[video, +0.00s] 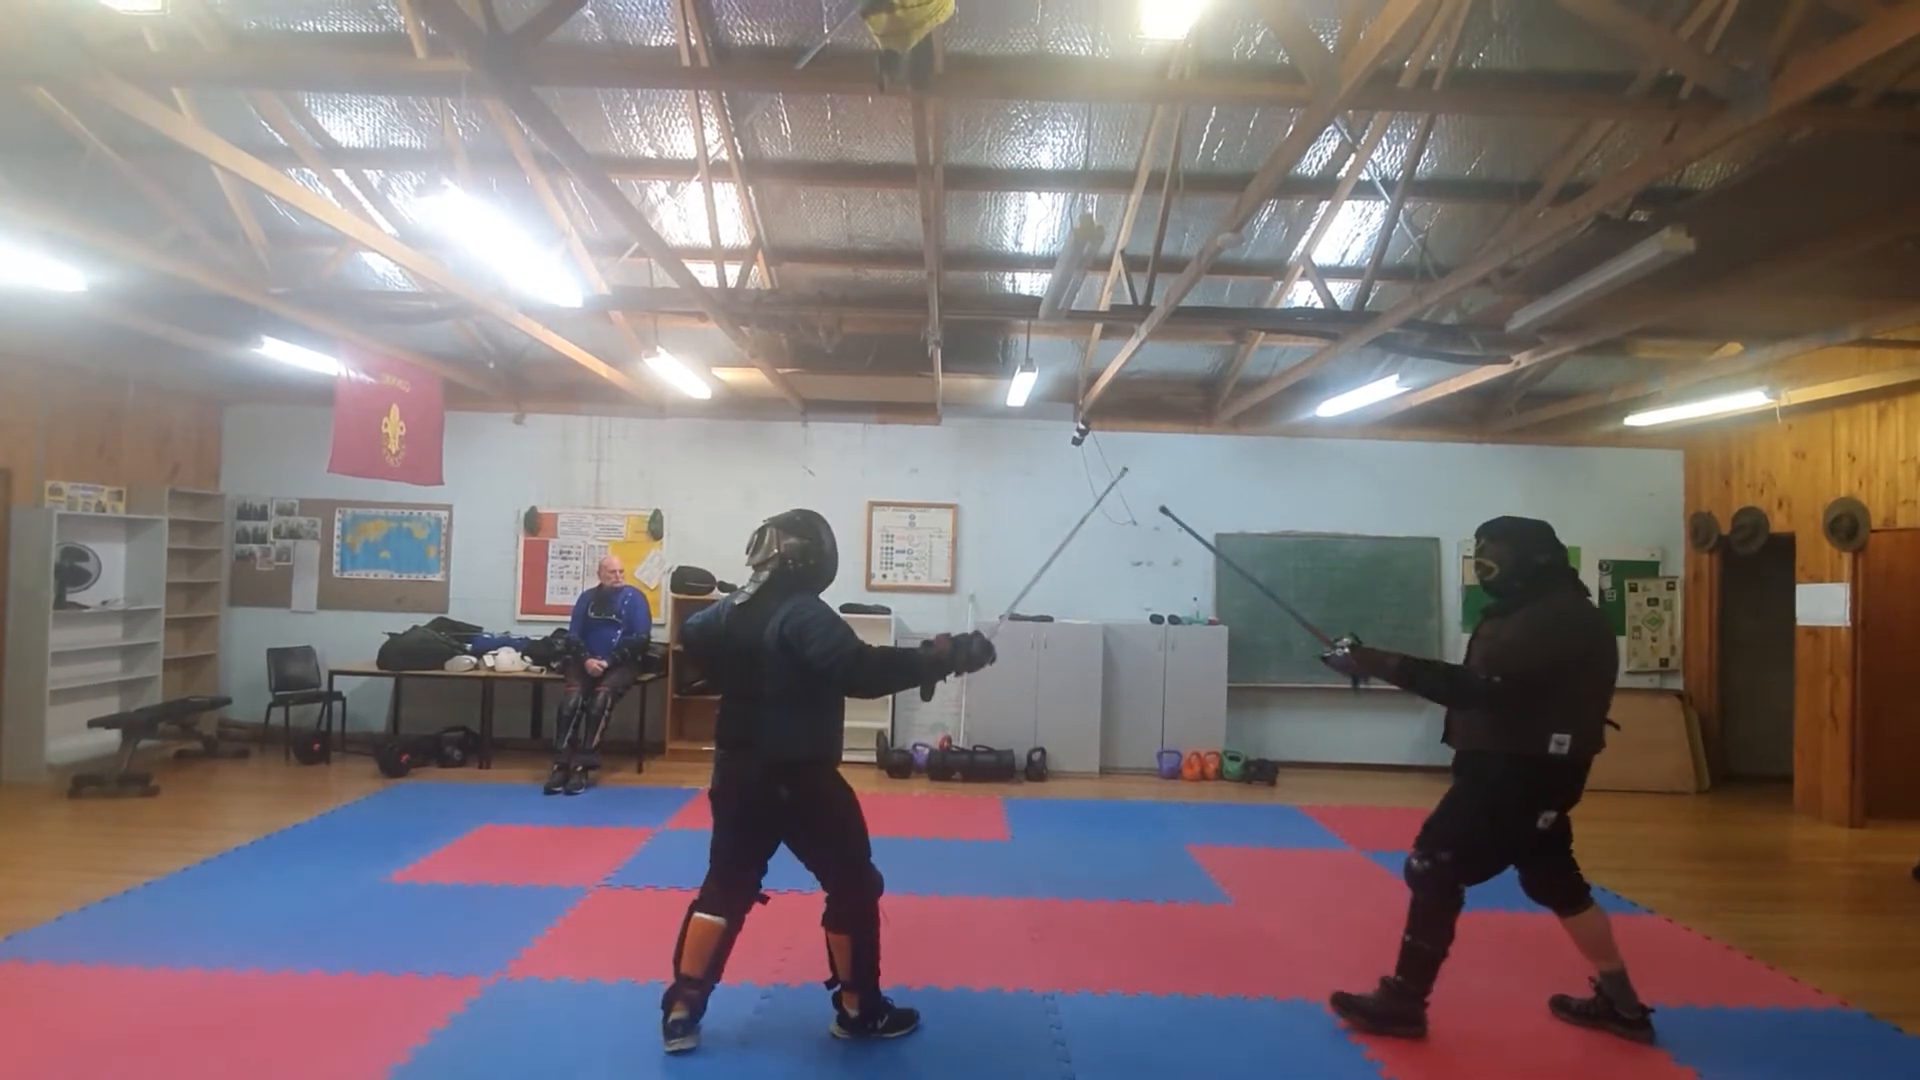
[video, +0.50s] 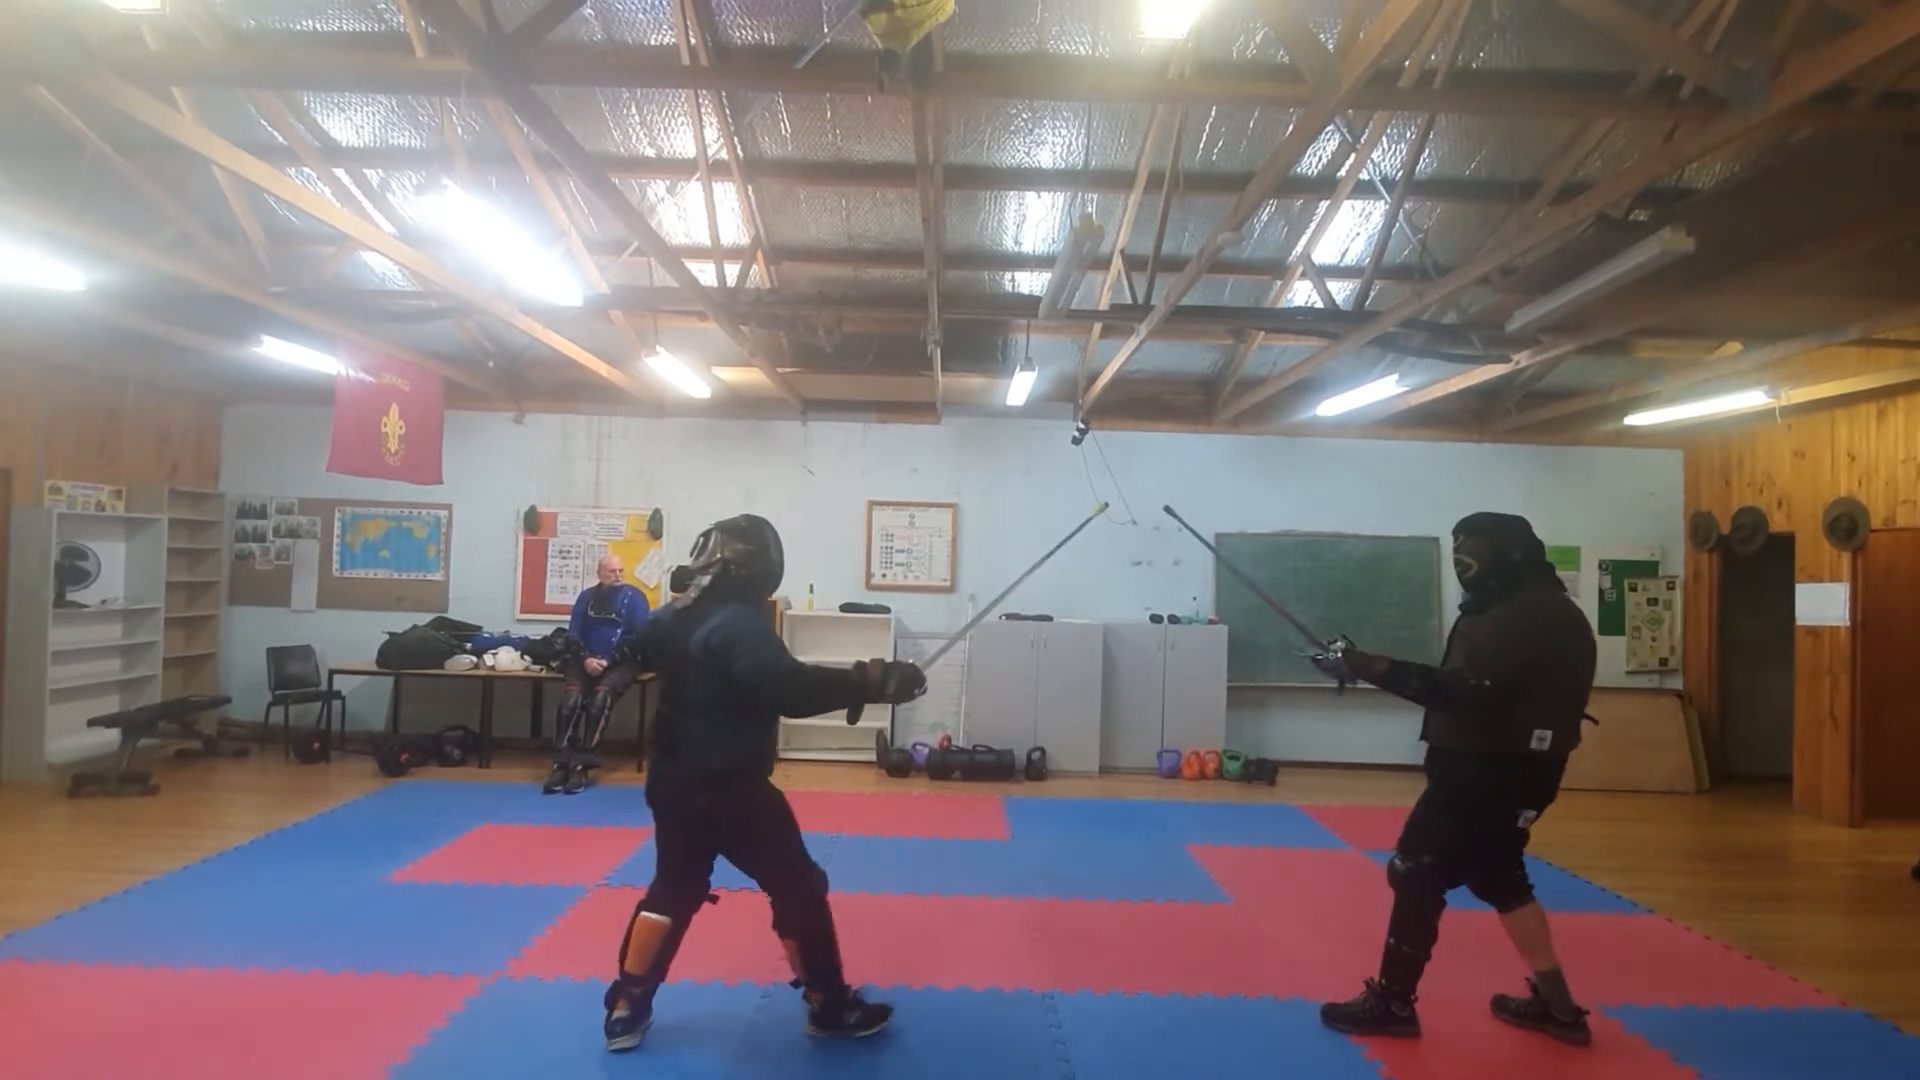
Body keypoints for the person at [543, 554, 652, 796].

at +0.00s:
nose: (618, 577)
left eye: (621, 572)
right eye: (612, 572)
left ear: (624, 573)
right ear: (599, 574)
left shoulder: (634, 598)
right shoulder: (587, 597)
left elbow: (640, 639)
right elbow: (573, 636)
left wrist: (608, 661)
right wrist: (585, 659)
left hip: (619, 663)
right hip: (585, 660)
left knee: (601, 696)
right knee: (572, 697)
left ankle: (581, 768)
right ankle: (560, 766)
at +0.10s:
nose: (618, 577)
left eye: (621, 572)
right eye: (612, 572)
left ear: (624, 573)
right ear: (599, 573)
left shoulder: (634, 597)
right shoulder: (586, 597)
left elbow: (640, 639)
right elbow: (573, 636)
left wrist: (607, 661)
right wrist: (585, 659)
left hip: (619, 663)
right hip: (585, 660)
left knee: (601, 696)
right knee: (572, 696)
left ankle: (581, 768)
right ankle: (560, 766)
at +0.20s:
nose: (618, 577)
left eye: (621, 572)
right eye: (612, 572)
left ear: (624, 573)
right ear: (599, 573)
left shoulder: (634, 598)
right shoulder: (586, 597)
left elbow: (639, 639)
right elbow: (573, 636)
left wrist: (608, 661)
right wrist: (585, 659)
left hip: (619, 663)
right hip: (585, 660)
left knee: (601, 696)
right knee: (572, 696)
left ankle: (582, 768)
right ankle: (560, 766)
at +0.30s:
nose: (618, 576)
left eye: (621, 572)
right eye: (612, 572)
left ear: (624, 573)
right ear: (599, 573)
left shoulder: (634, 597)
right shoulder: (586, 597)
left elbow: (639, 638)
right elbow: (573, 635)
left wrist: (608, 661)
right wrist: (585, 659)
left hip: (619, 662)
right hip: (585, 660)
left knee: (602, 695)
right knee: (572, 695)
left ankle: (582, 768)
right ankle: (560, 765)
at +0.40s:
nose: (618, 576)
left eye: (621, 571)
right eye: (612, 572)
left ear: (624, 572)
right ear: (599, 573)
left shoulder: (634, 597)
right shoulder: (586, 596)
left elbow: (639, 638)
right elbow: (573, 634)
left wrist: (608, 660)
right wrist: (585, 658)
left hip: (619, 662)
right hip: (585, 659)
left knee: (602, 694)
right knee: (573, 694)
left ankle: (582, 767)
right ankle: (560, 765)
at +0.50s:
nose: (617, 576)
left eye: (621, 571)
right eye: (612, 572)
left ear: (624, 572)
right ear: (599, 573)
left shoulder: (634, 597)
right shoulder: (586, 597)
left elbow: (638, 636)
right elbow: (573, 634)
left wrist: (608, 660)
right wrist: (585, 658)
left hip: (619, 661)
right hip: (585, 659)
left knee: (601, 695)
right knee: (572, 695)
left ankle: (581, 767)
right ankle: (560, 765)